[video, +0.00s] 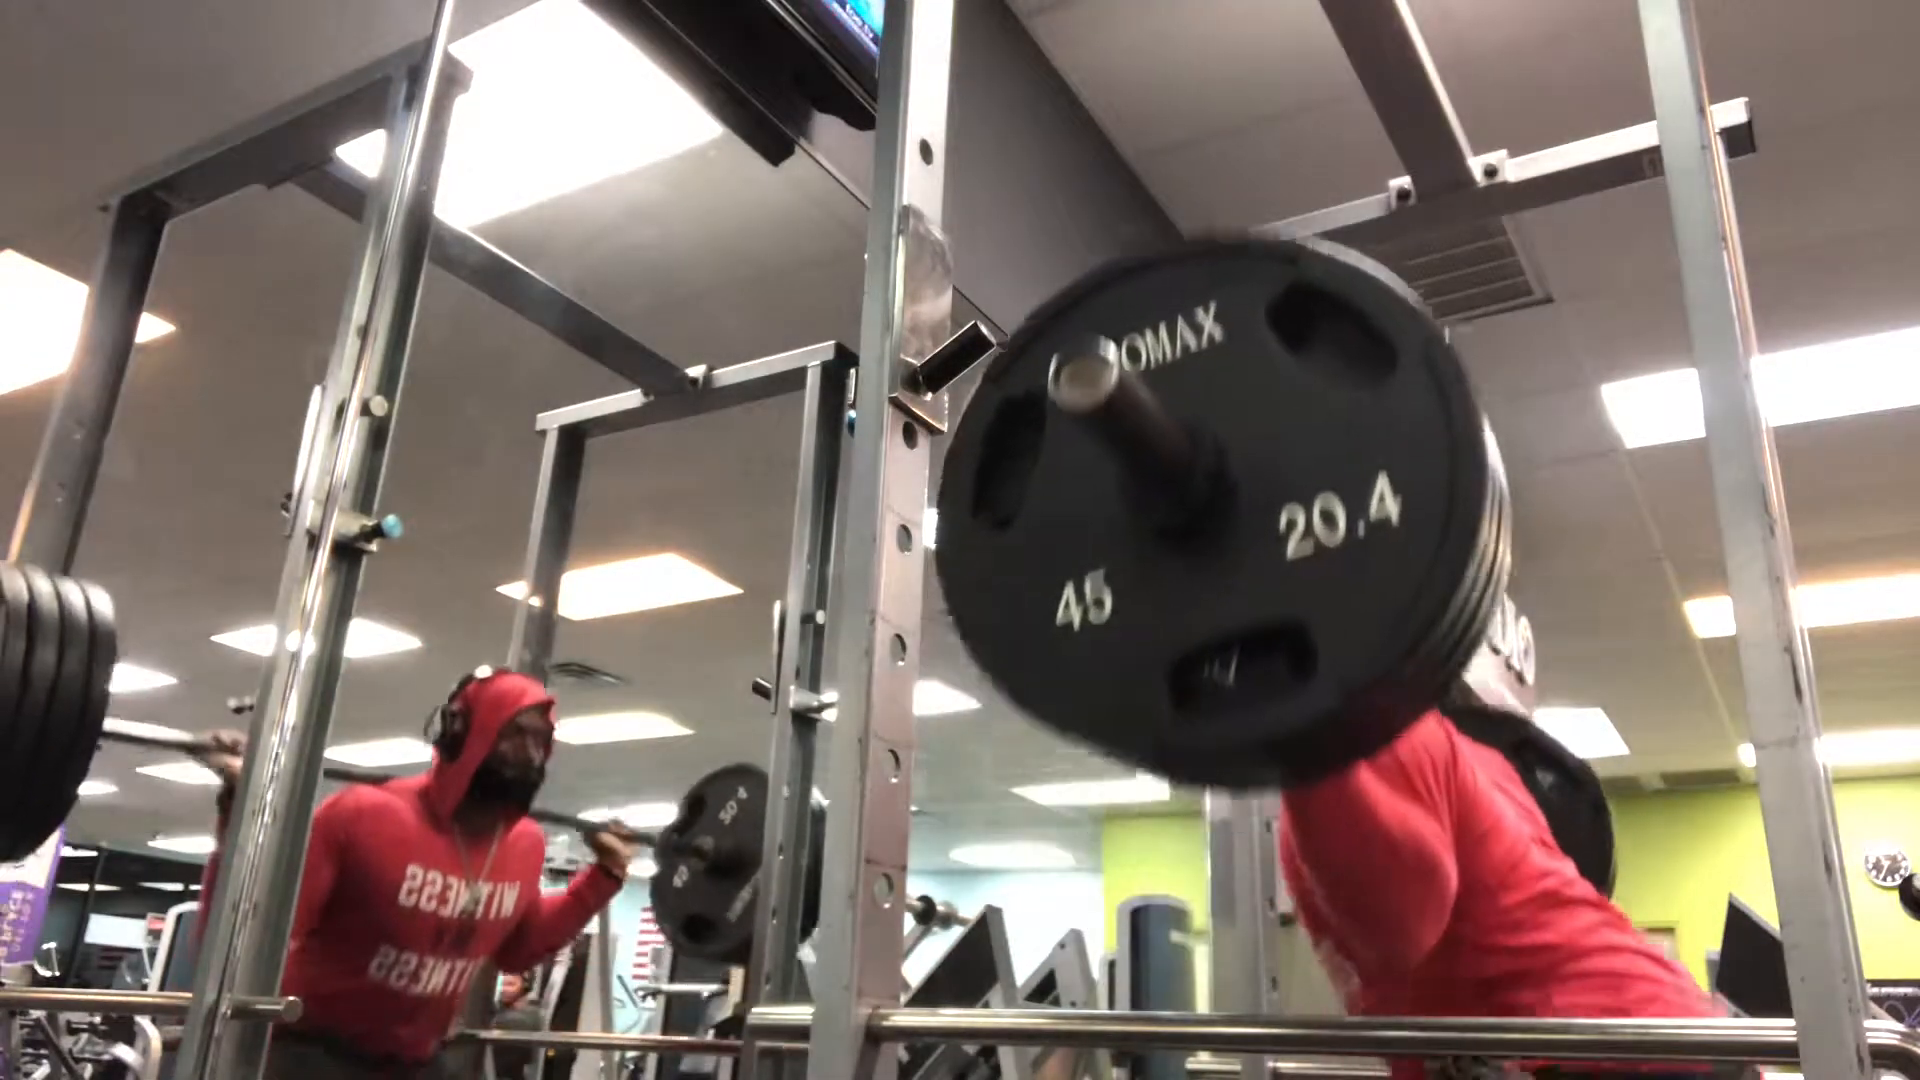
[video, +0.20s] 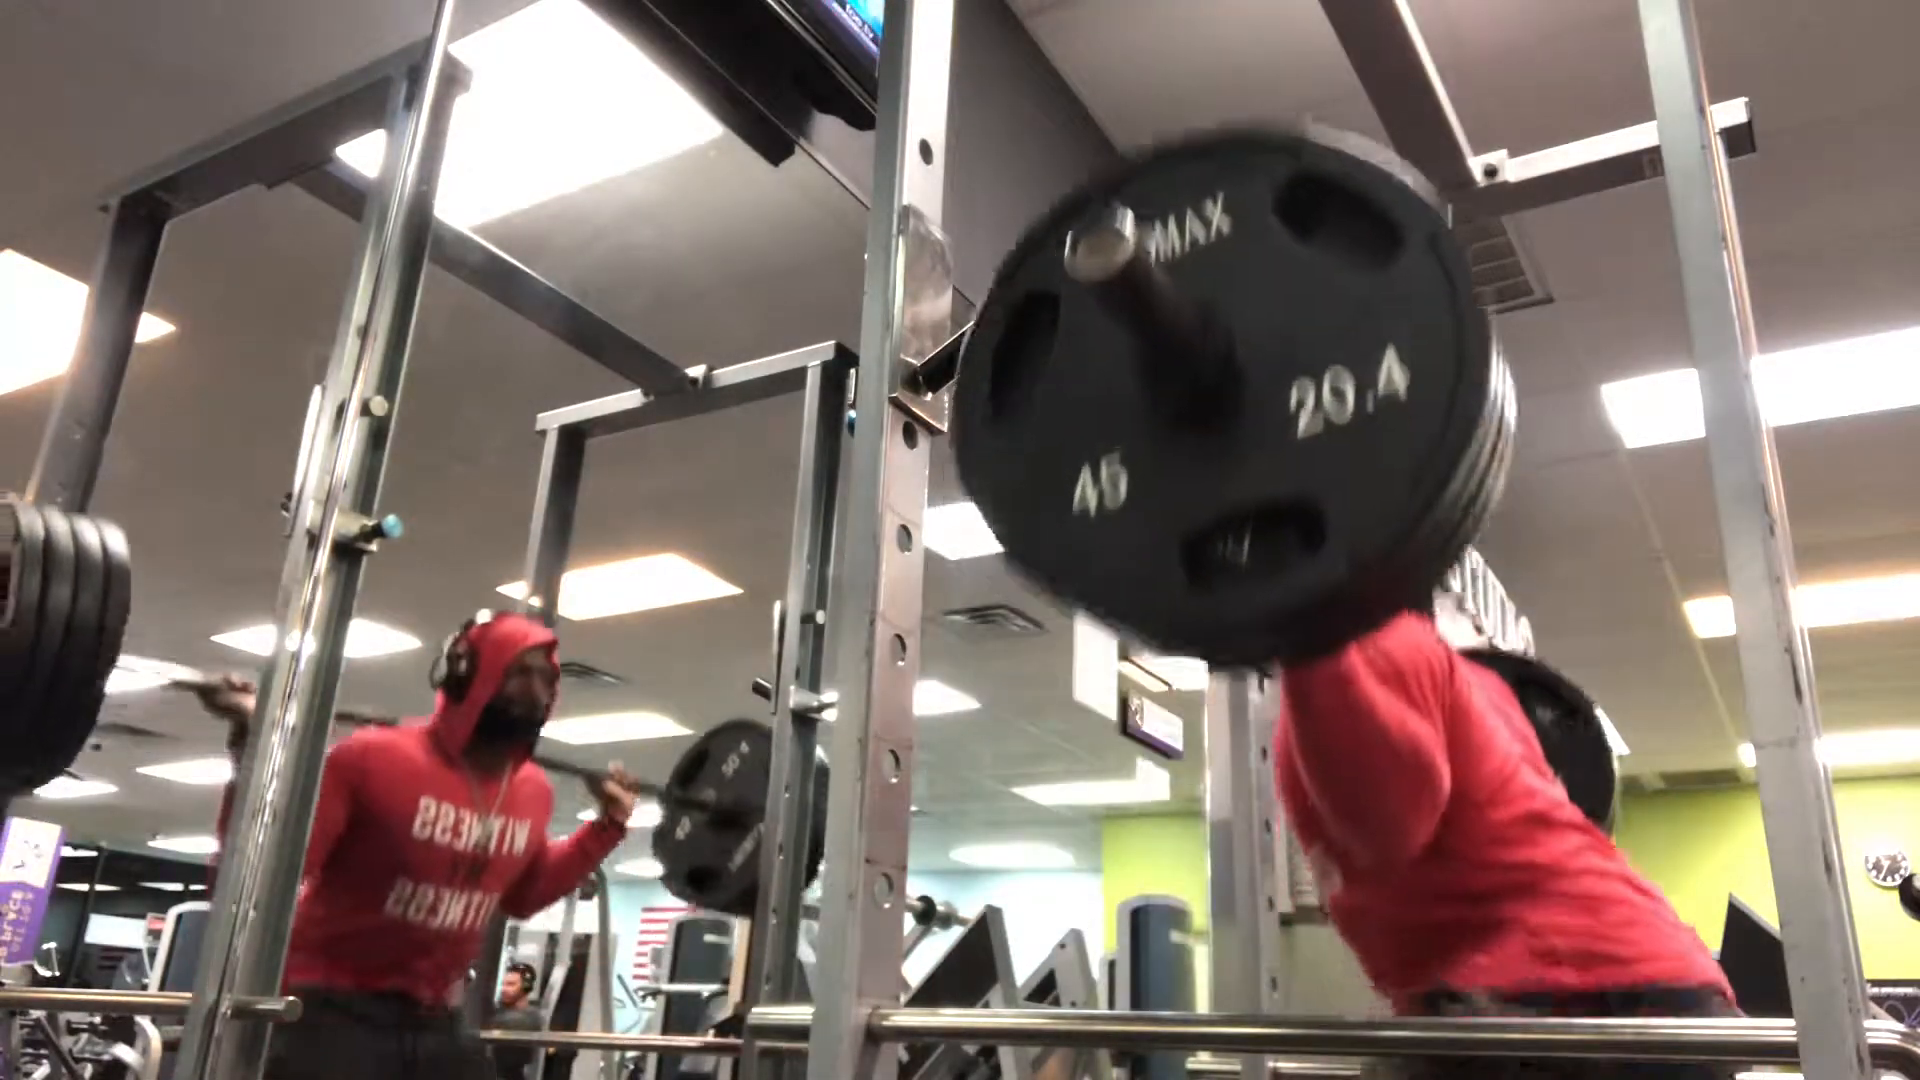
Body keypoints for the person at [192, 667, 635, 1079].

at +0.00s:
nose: (532, 755)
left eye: (541, 739)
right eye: (514, 734)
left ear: (550, 749)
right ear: (469, 736)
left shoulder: (524, 845)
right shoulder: (360, 815)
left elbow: (517, 947)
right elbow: (246, 932)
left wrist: (603, 878)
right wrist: (239, 807)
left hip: (417, 1063)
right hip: (315, 1049)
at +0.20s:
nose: (537, 691)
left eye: (547, 678)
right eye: (519, 674)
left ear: (557, 691)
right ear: (473, 677)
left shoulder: (532, 791)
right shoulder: (372, 757)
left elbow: (523, 896)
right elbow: (260, 864)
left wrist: (606, 828)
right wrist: (252, 749)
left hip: (434, 1024)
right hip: (330, 1014)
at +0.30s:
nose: (546, 660)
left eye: (553, 644)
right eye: (530, 639)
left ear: (557, 657)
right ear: (481, 643)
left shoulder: (536, 755)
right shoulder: (377, 718)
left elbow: (530, 863)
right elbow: (261, 828)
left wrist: (605, 794)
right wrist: (255, 707)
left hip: (437, 993)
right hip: (335, 984)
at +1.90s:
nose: (549, 593)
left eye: (559, 581)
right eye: (535, 573)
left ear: (563, 593)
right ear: (487, 573)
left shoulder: (538, 686)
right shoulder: (385, 642)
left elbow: (528, 795)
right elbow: (262, 752)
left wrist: (612, 723)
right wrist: (270, 632)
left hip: (455, 946)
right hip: (349, 923)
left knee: (450, 1070)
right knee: (319, 1068)